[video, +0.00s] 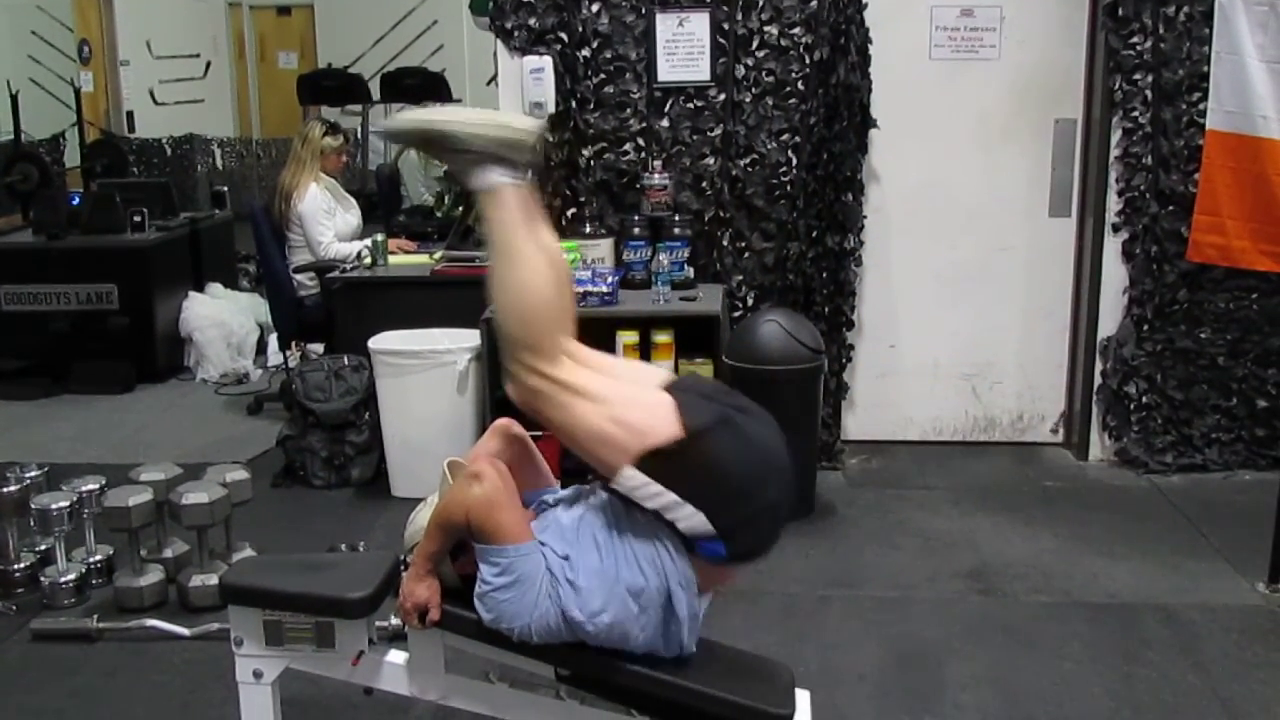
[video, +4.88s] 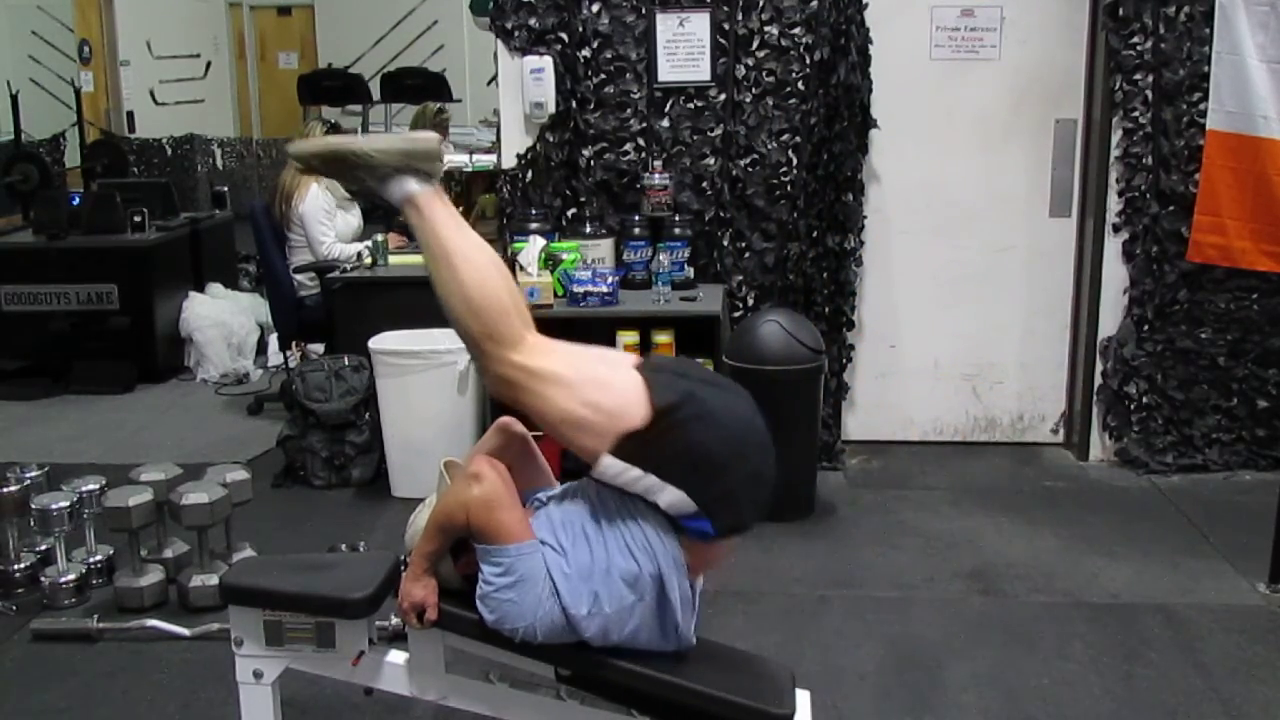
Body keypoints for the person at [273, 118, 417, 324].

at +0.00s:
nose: (345, 160)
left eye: (345, 153)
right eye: (339, 154)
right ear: (319, 155)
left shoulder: (323, 187)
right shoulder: (311, 192)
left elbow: (334, 244)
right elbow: (325, 251)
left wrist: (380, 243)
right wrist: (380, 245)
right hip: (318, 291)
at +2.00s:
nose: (346, 159)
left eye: (346, 153)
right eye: (340, 154)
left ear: (323, 155)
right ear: (320, 154)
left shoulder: (324, 186)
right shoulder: (312, 192)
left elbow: (333, 245)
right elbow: (324, 252)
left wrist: (378, 242)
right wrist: (378, 245)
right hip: (319, 293)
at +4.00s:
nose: (346, 159)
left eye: (346, 153)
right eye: (340, 154)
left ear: (323, 155)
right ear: (320, 154)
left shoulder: (323, 186)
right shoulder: (312, 192)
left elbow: (333, 245)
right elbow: (326, 251)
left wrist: (377, 243)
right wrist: (378, 245)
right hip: (318, 292)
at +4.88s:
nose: (346, 153)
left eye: (345, 146)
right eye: (341, 146)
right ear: (328, 148)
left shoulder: (327, 184)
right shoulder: (313, 190)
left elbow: (335, 245)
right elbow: (326, 251)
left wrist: (377, 242)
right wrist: (378, 246)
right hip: (317, 293)